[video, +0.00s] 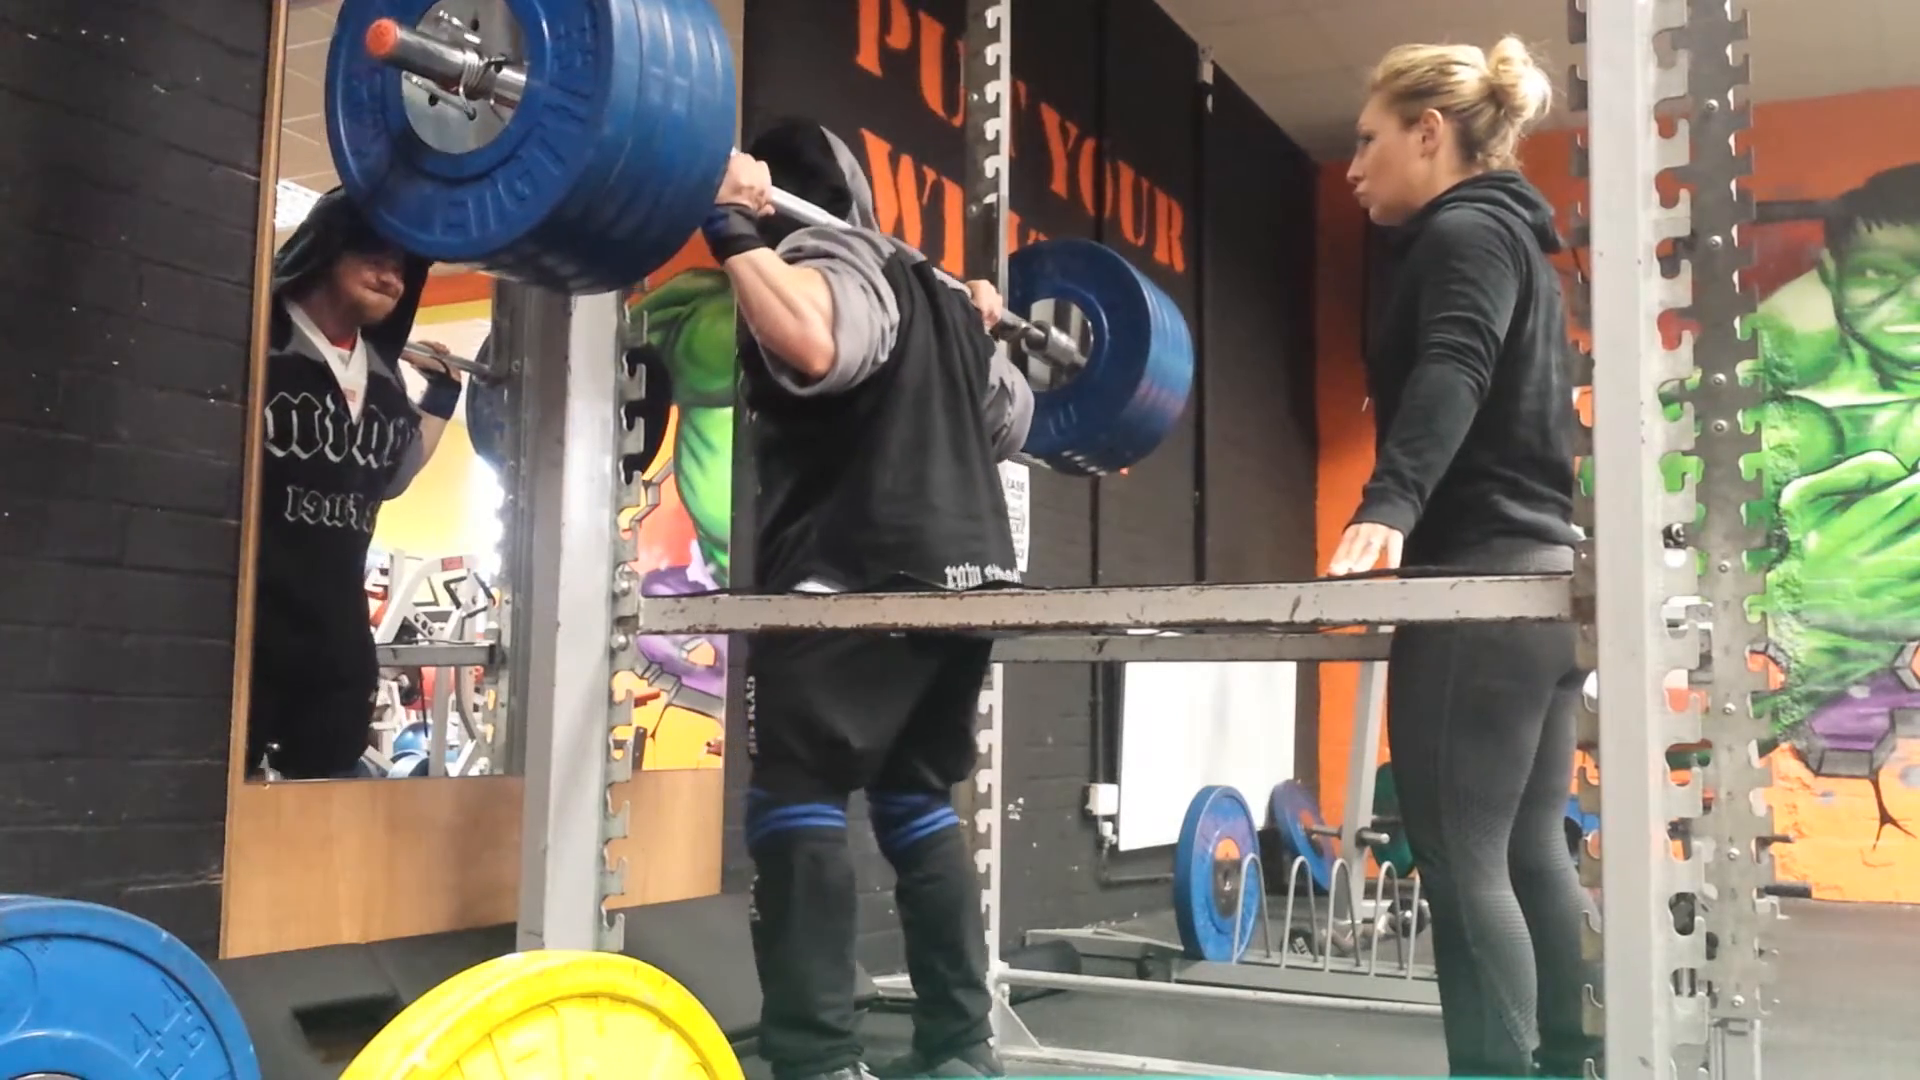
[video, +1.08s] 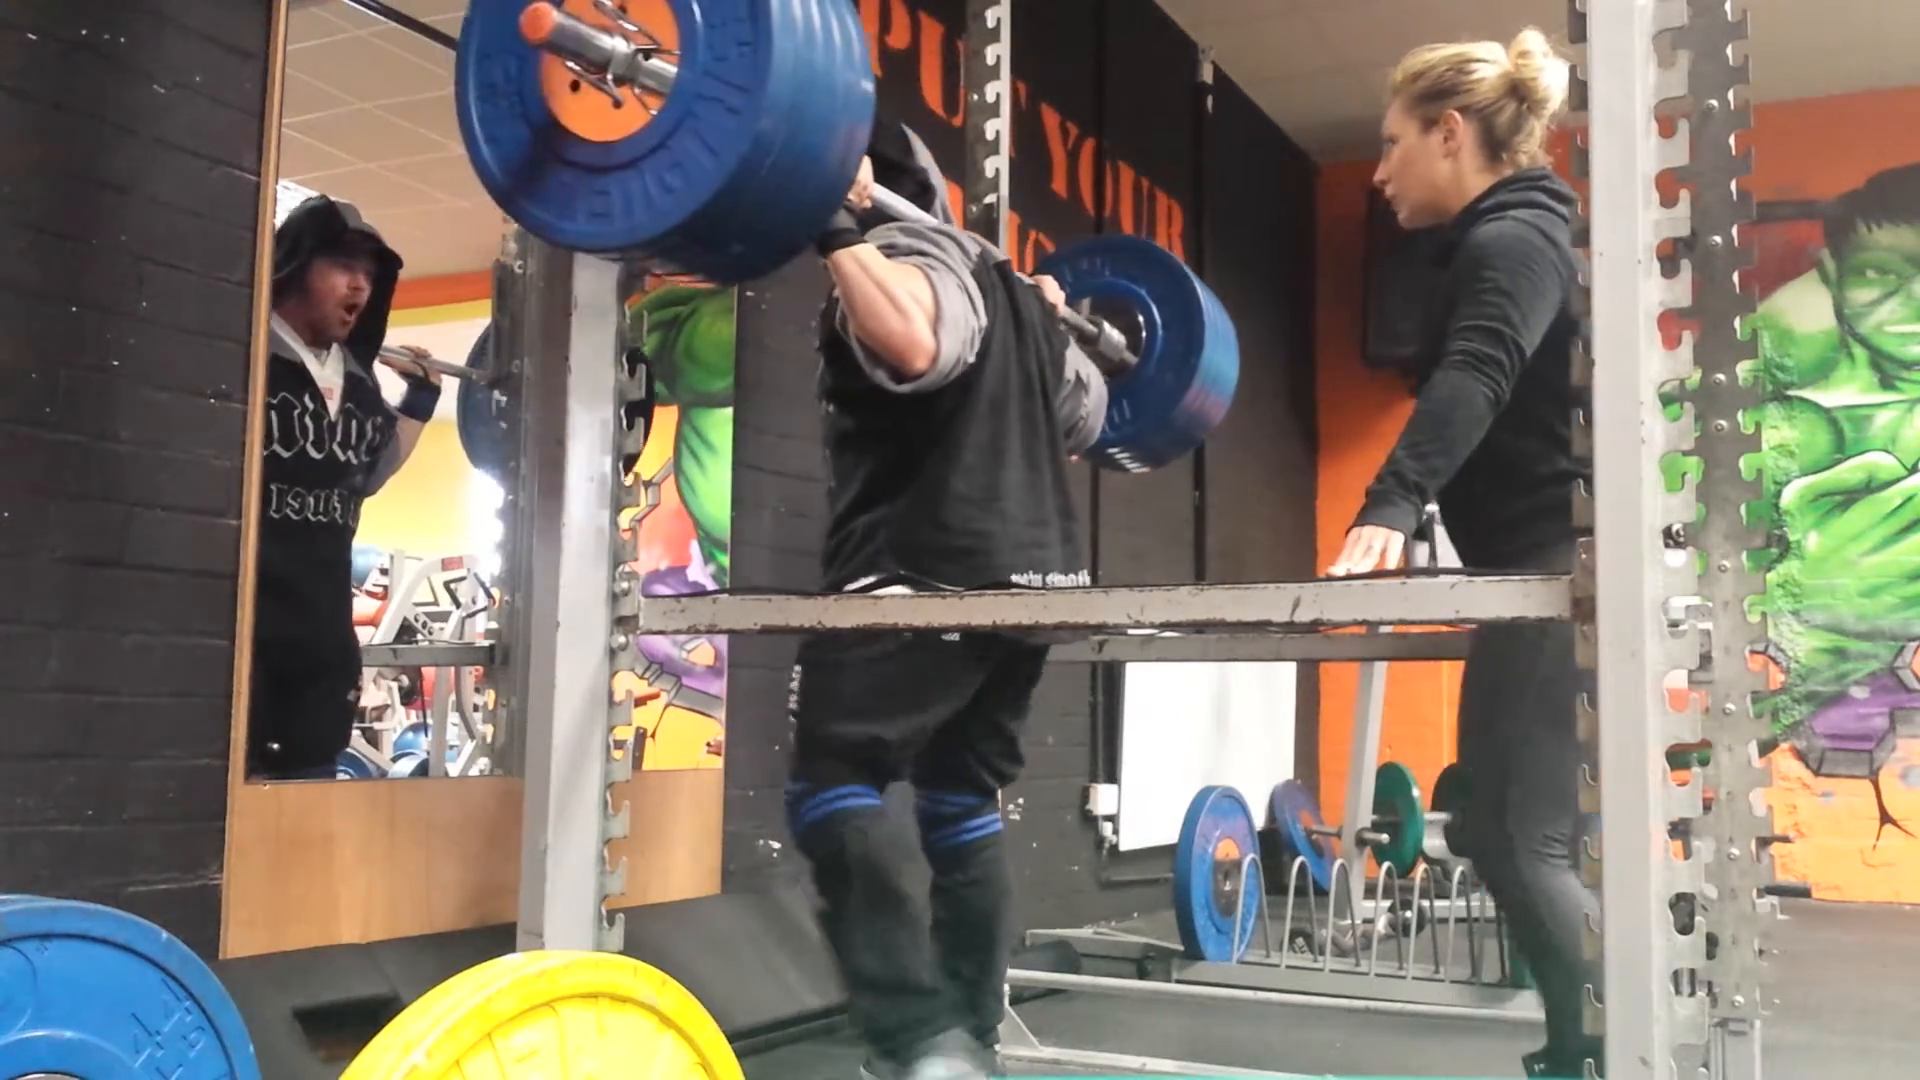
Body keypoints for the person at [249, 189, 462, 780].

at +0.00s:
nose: (388, 278)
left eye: (400, 269)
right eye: (372, 258)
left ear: (408, 288)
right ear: (327, 257)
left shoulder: (388, 379)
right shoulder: (256, 336)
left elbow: (392, 480)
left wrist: (443, 395)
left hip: (334, 620)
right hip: (247, 606)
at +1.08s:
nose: (360, 286)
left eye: (369, 274)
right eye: (344, 266)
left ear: (374, 289)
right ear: (294, 269)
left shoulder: (357, 376)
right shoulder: (245, 354)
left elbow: (371, 474)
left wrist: (422, 397)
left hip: (322, 612)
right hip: (245, 605)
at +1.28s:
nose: (330, 292)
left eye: (341, 283)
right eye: (313, 275)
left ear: (347, 302)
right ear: (270, 279)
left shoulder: (328, 389)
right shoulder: (230, 366)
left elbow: (338, 484)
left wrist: (392, 407)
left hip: (288, 562)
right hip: (224, 556)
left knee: (296, 696)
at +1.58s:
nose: (282, 286)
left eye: (295, 277)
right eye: (273, 268)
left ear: (304, 298)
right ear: (244, 275)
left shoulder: (282, 380)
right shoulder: (203, 353)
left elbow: (298, 475)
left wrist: (349, 396)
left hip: (240, 556)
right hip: (189, 545)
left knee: (280, 663)